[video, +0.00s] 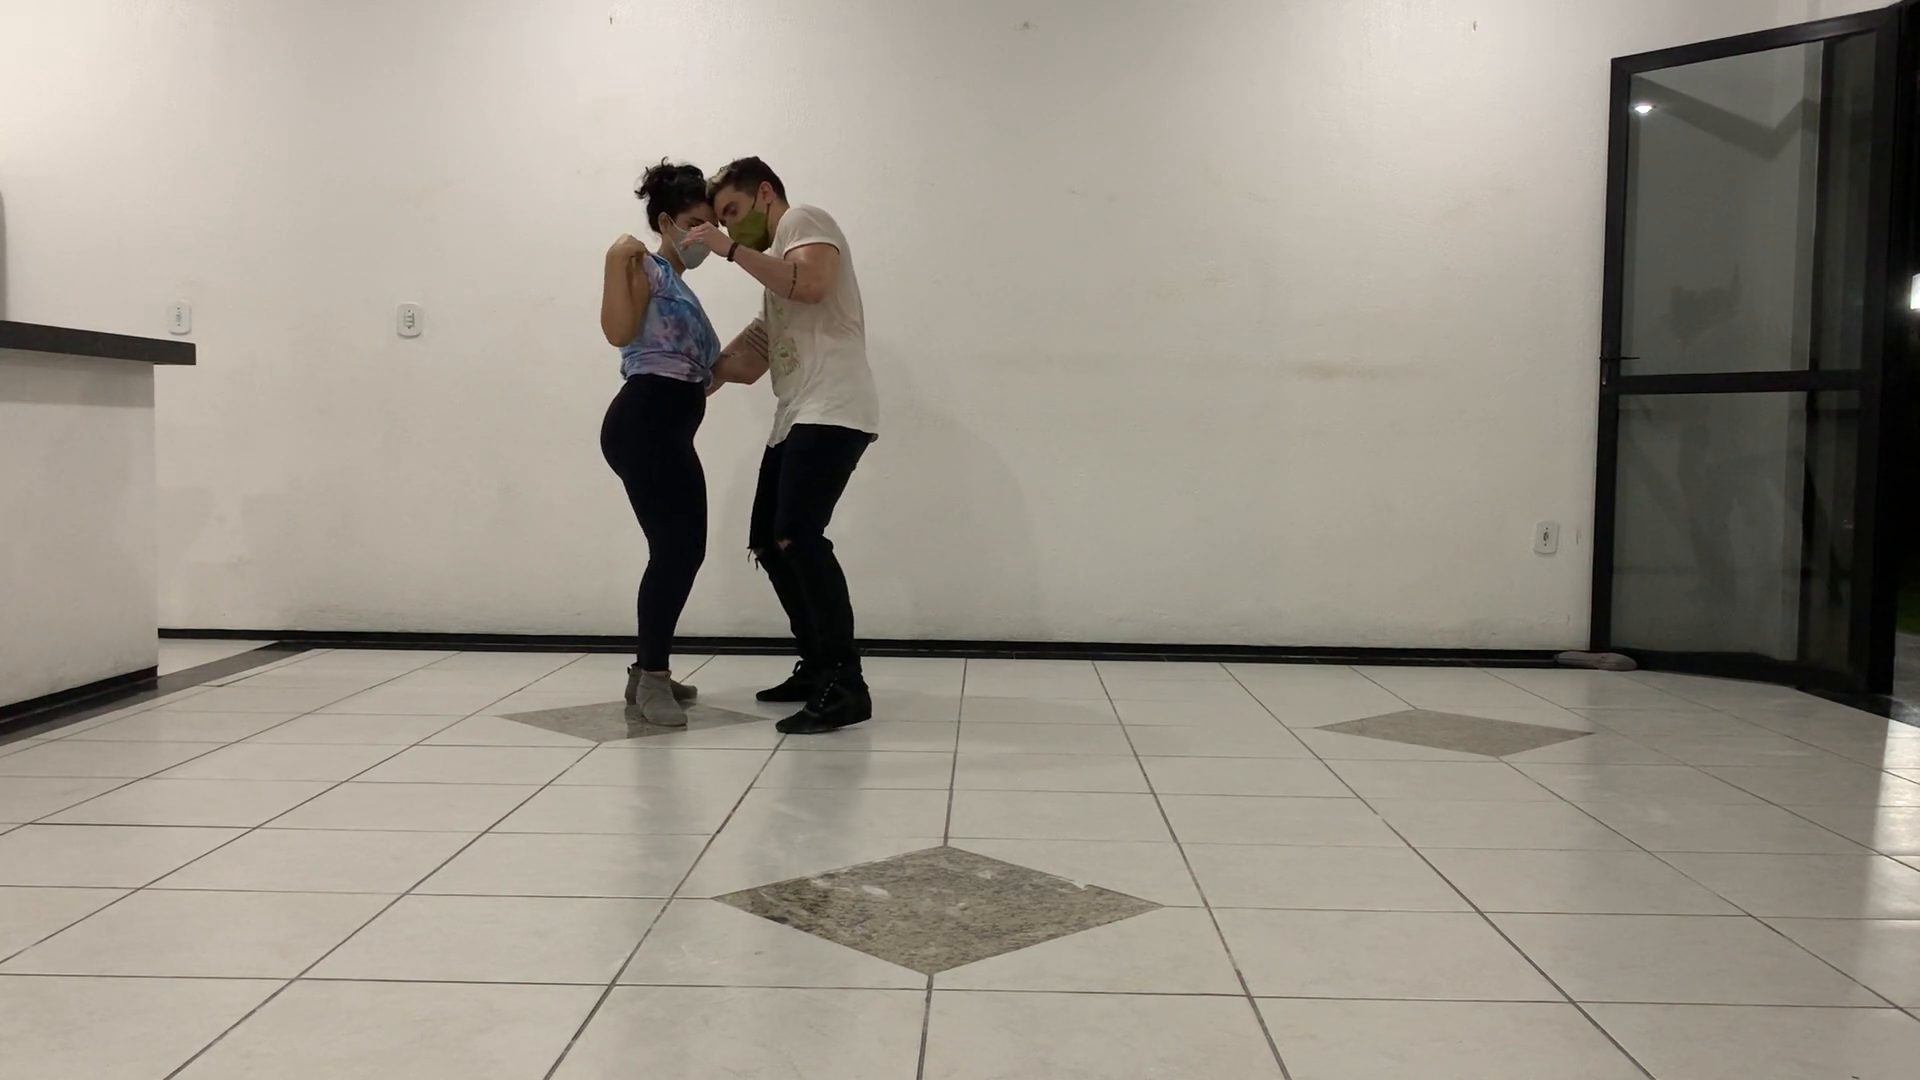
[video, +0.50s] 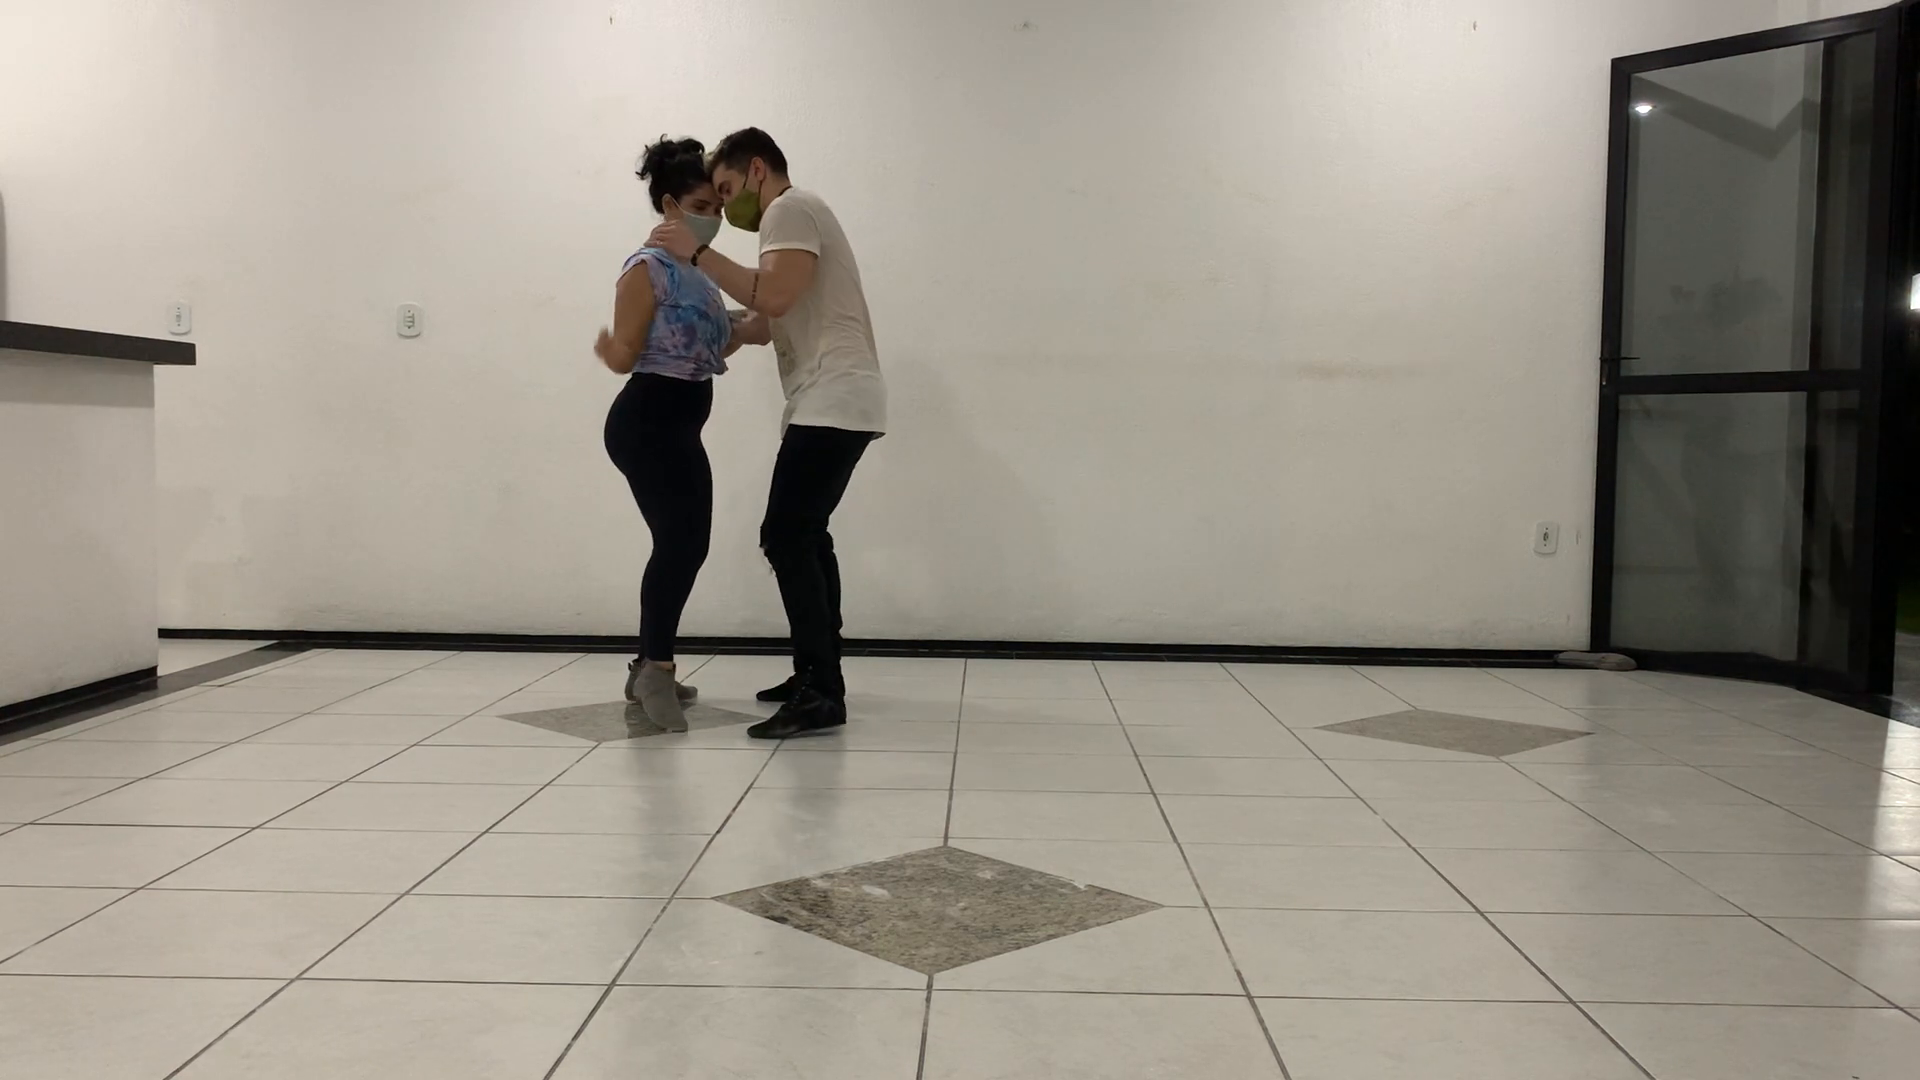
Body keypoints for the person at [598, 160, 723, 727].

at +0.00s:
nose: (702, 233)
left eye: (706, 223)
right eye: (692, 222)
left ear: (705, 226)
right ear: (665, 223)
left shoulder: (679, 287)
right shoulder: (640, 266)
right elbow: (617, 332)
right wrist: (620, 263)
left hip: (670, 426)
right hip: (643, 422)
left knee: (684, 549)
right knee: (672, 550)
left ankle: (652, 670)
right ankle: (648, 679)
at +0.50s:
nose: (712, 219)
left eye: (716, 206)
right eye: (698, 206)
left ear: (718, 203)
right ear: (666, 207)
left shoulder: (699, 274)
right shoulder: (646, 272)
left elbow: (705, 346)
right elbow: (622, 358)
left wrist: (748, 330)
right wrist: (606, 343)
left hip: (680, 423)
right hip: (645, 421)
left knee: (690, 544)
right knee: (675, 543)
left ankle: (652, 665)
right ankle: (654, 672)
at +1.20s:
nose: (683, 213)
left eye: (687, 202)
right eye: (674, 201)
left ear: (656, 194)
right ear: (635, 193)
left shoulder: (633, 258)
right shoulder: (608, 244)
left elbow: (660, 353)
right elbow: (548, 296)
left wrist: (708, 311)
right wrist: (598, 380)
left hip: (611, 419)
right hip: (612, 418)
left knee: (653, 552)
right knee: (670, 550)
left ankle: (578, 664)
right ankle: (633, 688)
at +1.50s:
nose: (660, 221)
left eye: (665, 210)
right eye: (654, 209)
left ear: (625, 201)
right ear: (616, 200)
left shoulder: (609, 271)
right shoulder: (572, 245)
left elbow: (622, 354)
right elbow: (490, 286)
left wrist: (677, 309)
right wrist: (528, 374)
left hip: (527, 419)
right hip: (549, 417)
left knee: (560, 558)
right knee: (613, 547)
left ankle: (526, 694)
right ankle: (624, 693)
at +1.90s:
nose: (646, 214)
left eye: (648, 203)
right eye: (638, 201)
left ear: (613, 199)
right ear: (598, 195)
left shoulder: (598, 276)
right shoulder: (546, 239)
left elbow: (594, 361)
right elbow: (451, 277)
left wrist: (666, 330)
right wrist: (459, 372)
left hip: (537, 421)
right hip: (492, 411)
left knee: (539, 559)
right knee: (525, 554)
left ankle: (524, 702)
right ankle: (543, 700)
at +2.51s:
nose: (579, 163)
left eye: (573, 153)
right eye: (565, 157)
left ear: (543, 175)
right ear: (534, 176)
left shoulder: (549, 261)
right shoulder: (512, 238)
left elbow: (620, 333)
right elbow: (445, 305)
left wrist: (658, 284)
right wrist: (448, 402)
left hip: (512, 419)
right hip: (472, 413)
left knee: (538, 552)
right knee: (506, 556)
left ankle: (506, 694)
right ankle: (469, 705)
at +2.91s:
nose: (498, 170)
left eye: (492, 160)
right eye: (486, 163)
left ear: (458, 182)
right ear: (454, 181)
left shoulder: (487, 248)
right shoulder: (453, 254)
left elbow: (545, 324)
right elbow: (465, 347)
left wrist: (619, 301)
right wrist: (543, 405)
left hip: (526, 417)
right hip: (491, 421)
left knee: (550, 558)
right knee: (526, 563)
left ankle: (507, 693)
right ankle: (474, 705)